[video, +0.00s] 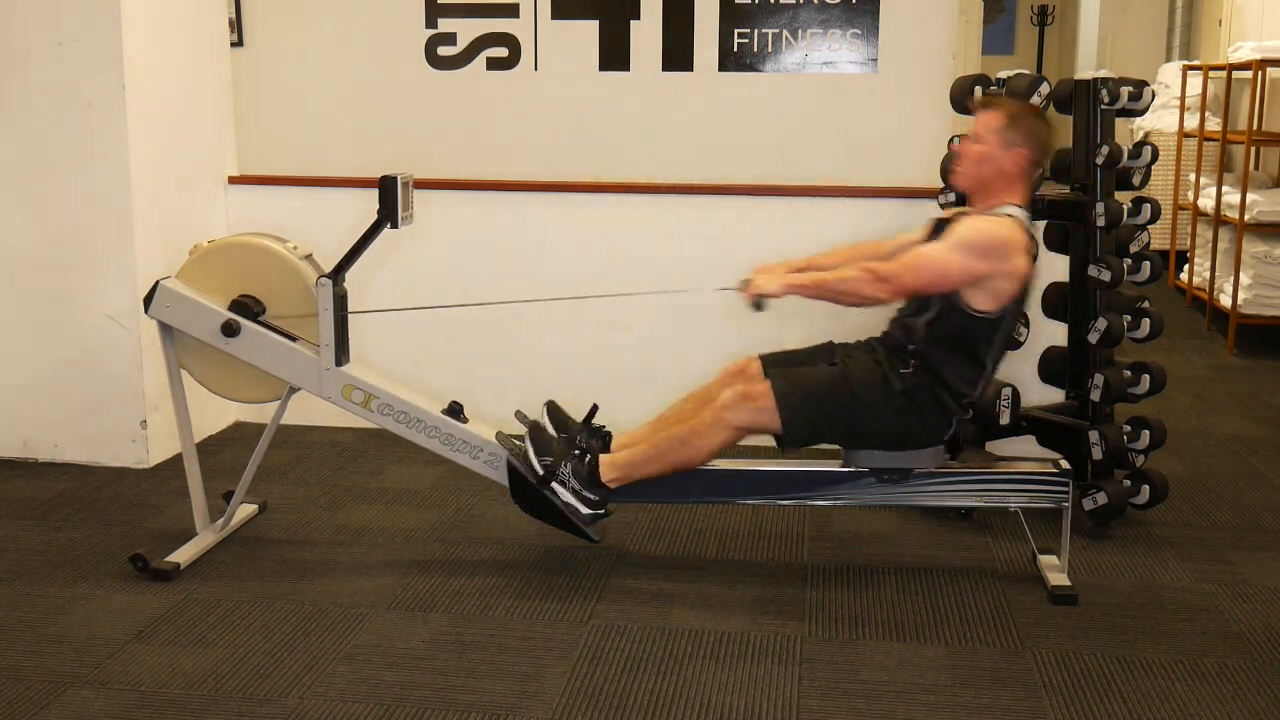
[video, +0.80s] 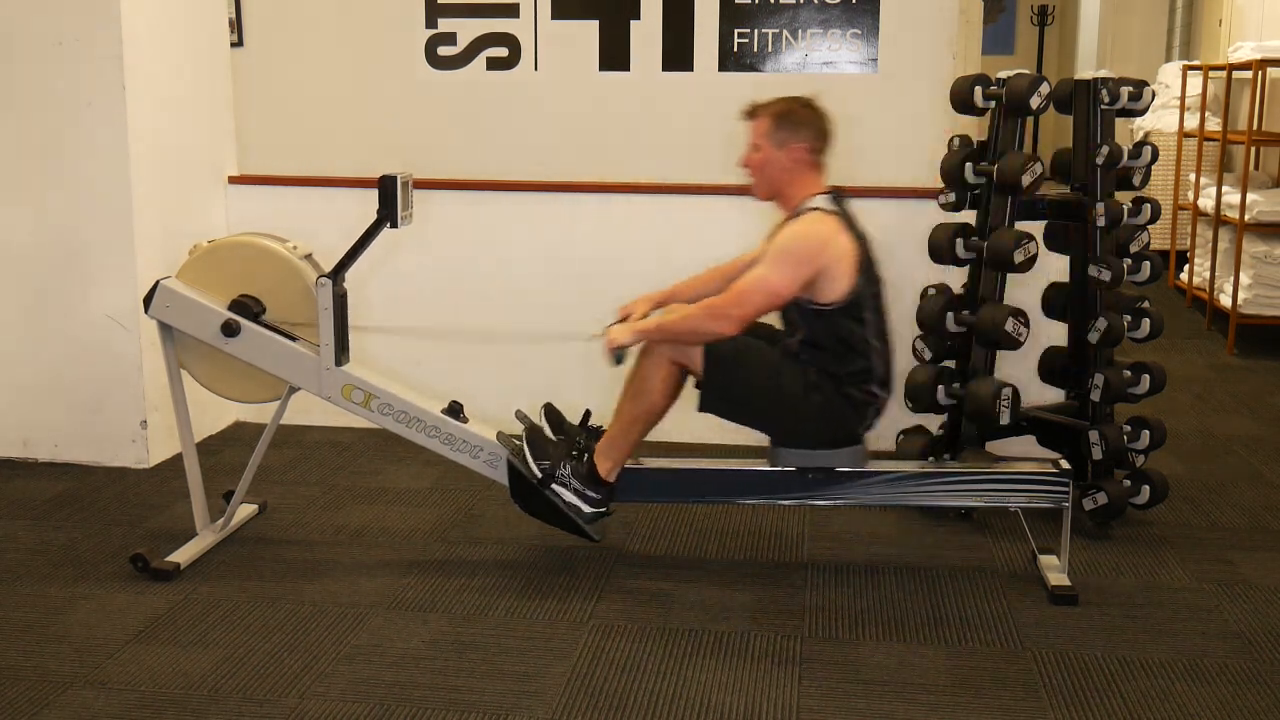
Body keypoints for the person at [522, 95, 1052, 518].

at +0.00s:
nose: (956, 148)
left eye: (972, 140)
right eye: (963, 137)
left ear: (1014, 162)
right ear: (1001, 158)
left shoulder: (995, 236)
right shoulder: (964, 220)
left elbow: (887, 285)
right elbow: (876, 260)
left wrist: (792, 281)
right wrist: (790, 271)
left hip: (916, 392)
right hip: (893, 367)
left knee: (743, 400)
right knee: (736, 380)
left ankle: (592, 486)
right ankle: (598, 458)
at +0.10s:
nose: (1022, 182)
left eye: (1038, 175)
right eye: (1029, 170)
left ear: (1078, 196)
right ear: (1059, 190)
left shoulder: (1062, 266)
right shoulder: (1030, 248)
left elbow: (970, 319)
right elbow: (953, 280)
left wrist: (883, 290)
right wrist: (879, 274)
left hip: (931, 394)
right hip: (908, 363)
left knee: (759, 423)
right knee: (748, 397)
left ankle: (599, 486)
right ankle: (607, 458)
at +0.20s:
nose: (1047, 214)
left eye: (1062, 206)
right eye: (1053, 202)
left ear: (1103, 226)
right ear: (1088, 221)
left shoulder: (1090, 298)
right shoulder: (1050, 278)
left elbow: (1037, 378)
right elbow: (992, 334)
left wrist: (960, 316)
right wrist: (951, 303)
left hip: (931, 395)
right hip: (908, 370)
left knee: (757, 421)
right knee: (752, 401)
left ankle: (598, 487)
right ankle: (604, 461)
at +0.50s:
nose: (987, 191)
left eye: (1001, 180)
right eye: (991, 179)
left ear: (1046, 194)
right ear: (1036, 192)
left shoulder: (1043, 272)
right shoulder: (1014, 254)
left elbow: (968, 350)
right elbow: (953, 291)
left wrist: (883, 310)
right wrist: (886, 285)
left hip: (931, 402)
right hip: (913, 377)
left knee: (744, 394)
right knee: (744, 376)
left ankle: (598, 485)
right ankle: (611, 460)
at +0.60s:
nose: (916, 166)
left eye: (928, 155)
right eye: (920, 153)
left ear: (968, 162)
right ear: (961, 162)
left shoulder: (979, 244)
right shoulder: (951, 227)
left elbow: (895, 320)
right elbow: (888, 270)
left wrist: (806, 300)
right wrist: (814, 274)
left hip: (909, 400)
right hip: (890, 377)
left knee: (728, 368)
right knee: (728, 364)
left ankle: (601, 487)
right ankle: (608, 465)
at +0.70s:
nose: (830, 158)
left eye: (842, 144)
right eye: (834, 144)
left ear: (887, 150)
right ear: (883, 151)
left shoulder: (895, 229)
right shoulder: (875, 221)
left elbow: (805, 310)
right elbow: (806, 266)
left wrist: (718, 308)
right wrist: (728, 276)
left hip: (874, 404)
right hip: (859, 380)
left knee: (703, 350)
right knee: (704, 339)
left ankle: (601, 483)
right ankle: (607, 465)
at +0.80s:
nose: (745, 161)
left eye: (756, 149)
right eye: (749, 148)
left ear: (796, 155)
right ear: (795, 156)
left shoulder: (813, 231)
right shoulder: (804, 222)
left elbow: (729, 318)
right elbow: (732, 277)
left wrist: (640, 330)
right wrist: (657, 302)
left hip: (833, 408)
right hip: (824, 389)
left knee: (668, 340)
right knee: (673, 324)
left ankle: (597, 475)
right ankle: (605, 450)